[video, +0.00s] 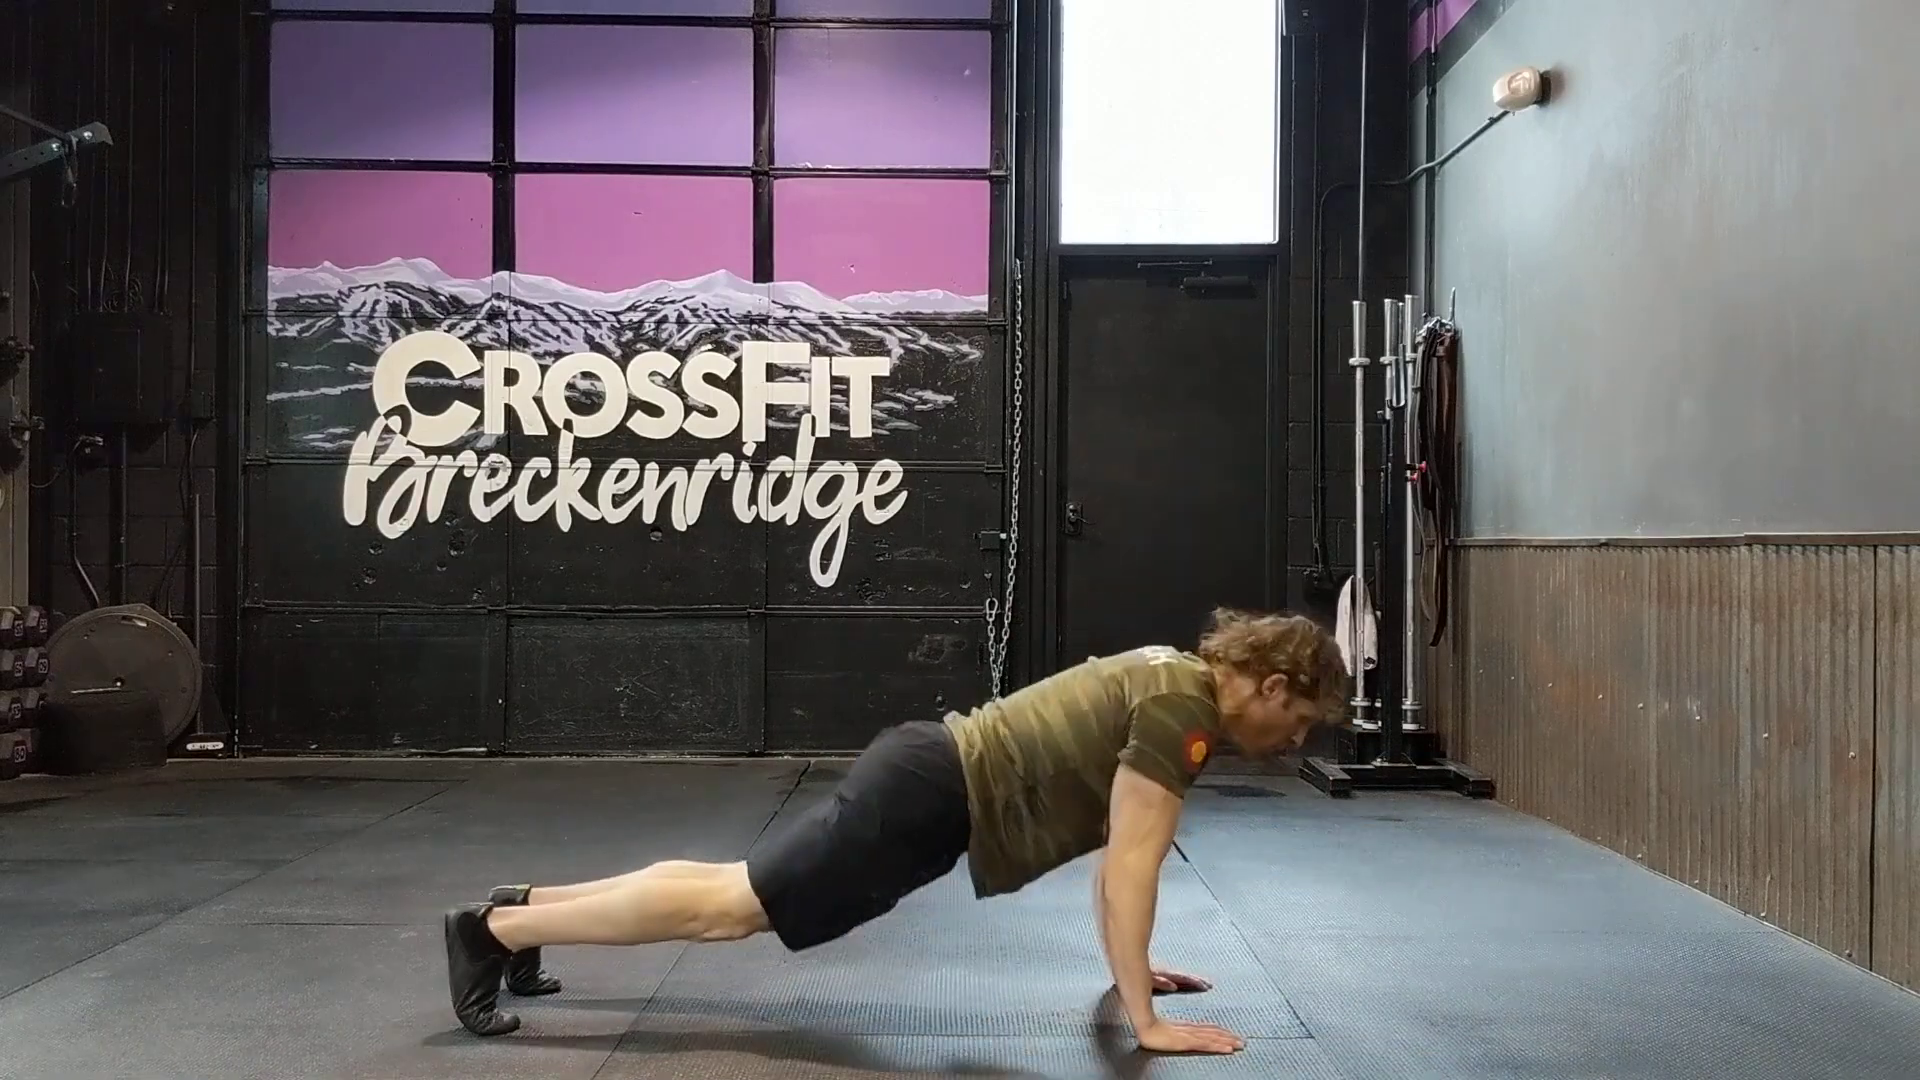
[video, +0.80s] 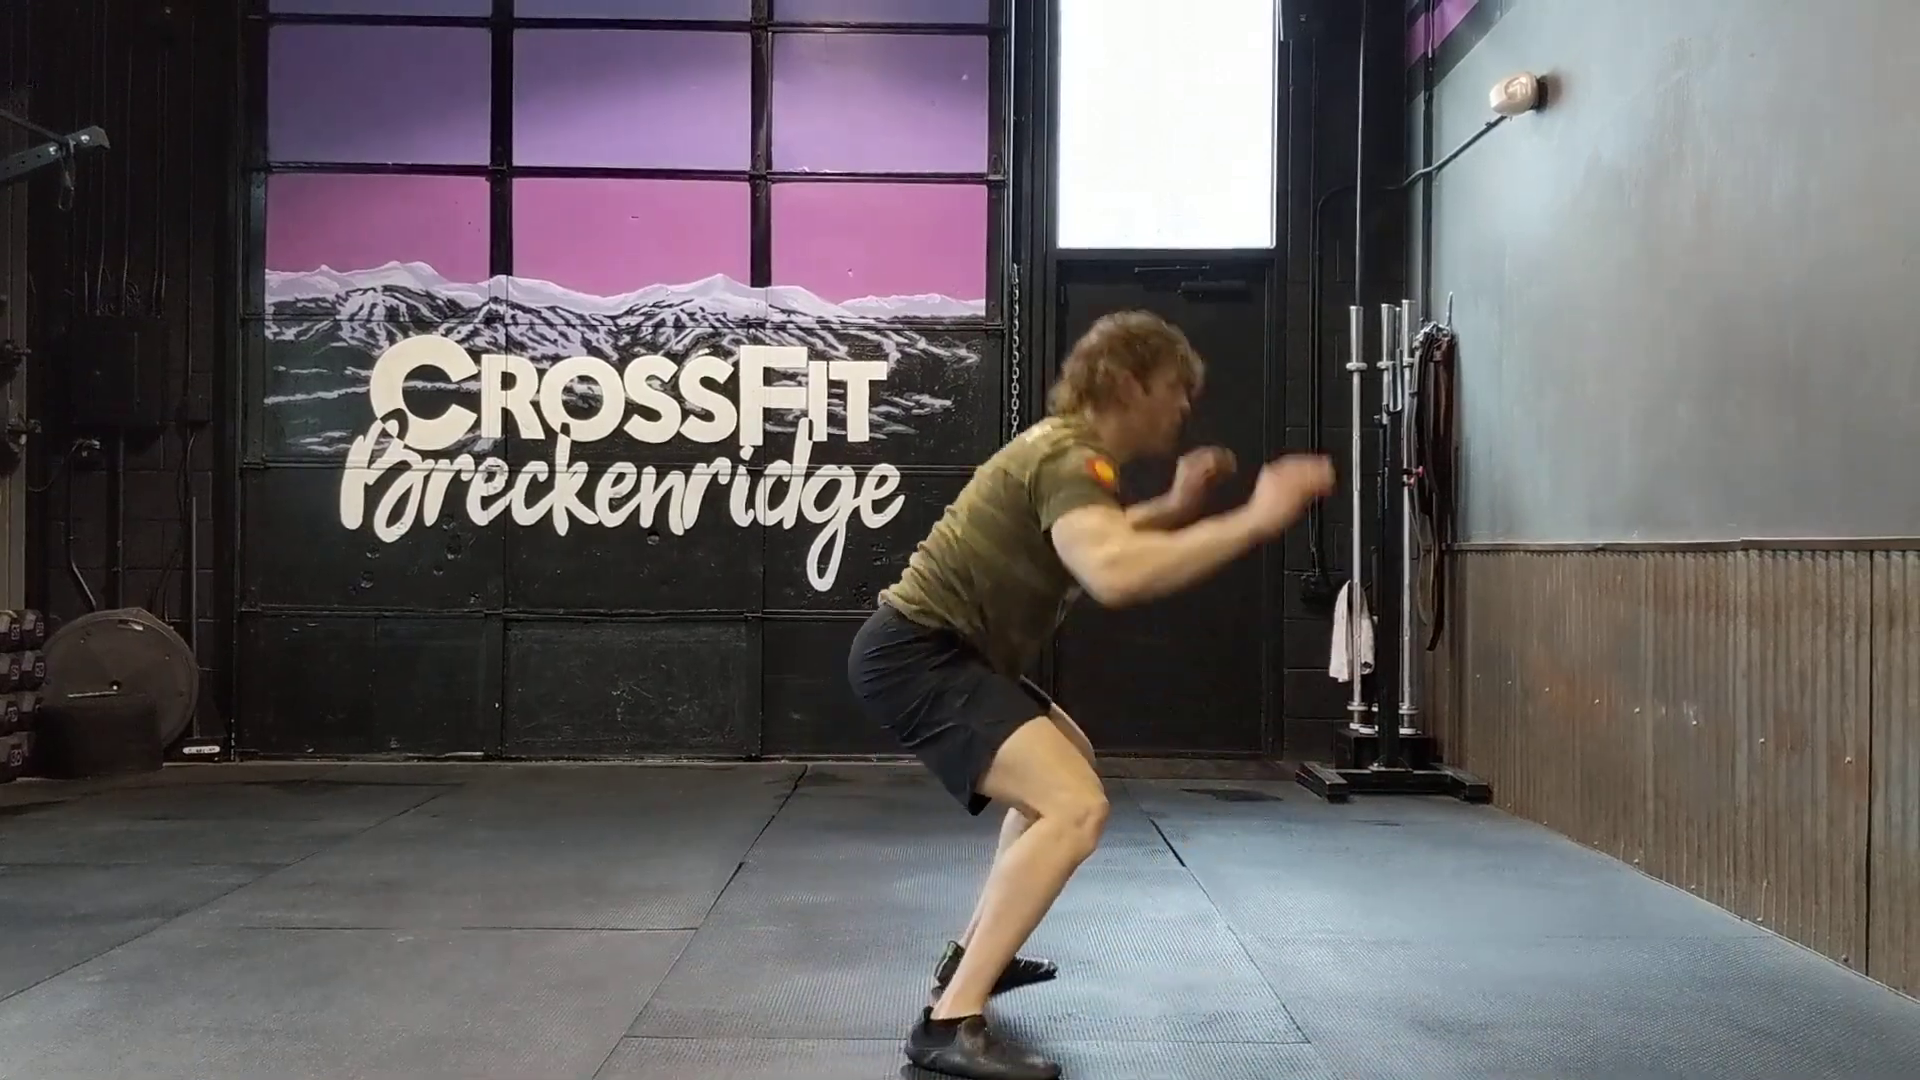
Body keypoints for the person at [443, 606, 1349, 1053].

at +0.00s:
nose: (1295, 740)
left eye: (1304, 727)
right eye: (1300, 721)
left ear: (1259, 677)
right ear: (1268, 686)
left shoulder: (1177, 697)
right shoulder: (1171, 701)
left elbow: (1127, 850)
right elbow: (1128, 863)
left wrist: (1132, 965)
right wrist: (1143, 1014)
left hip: (930, 777)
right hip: (930, 794)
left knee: (741, 889)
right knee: (731, 908)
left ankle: (527, 911)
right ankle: (497, 929)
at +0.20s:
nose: (1277, 771)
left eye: (1293, 762)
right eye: (1289, 755)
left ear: (1259, 701)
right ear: (1265, 718)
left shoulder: (1176, 687)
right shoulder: (1188, 695)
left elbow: (1112, 838)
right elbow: (1139, 852)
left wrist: (1132, 965)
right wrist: (1144, 1016)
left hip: (944, 641)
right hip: (935, 624)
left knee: (863, 833)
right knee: (822, 841)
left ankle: (655, 879)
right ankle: (589, 912)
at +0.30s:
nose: (1238, 753)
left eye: (1251, 745)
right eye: (1249, 736)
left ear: (1221, 685)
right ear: (1230, 693)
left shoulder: (1153, 678)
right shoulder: (1154, 682)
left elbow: (1107, 844)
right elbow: (1119, 857)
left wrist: (1129, 970)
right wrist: (1148, 1026)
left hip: (931, 595)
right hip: (905, 585)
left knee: (986, 779)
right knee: (963, 804)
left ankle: (829, 889)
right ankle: (768, 927)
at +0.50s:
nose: (1235, 665)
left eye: (1243, 653)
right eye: (1236, 647)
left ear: (1189, 613)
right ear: (1198, 618)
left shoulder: (1120, 632)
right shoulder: (1131, 650)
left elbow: (1117, 826)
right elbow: (1122, 838)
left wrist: (1151, 944)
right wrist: (1162, 991)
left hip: (877, 680)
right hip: (871, 689)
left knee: (1042, 778)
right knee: (1056, 804)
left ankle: (976, 957)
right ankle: (949, 1023)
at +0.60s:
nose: (1226, 595)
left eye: (1231, 580)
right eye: (1222, 575)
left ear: (1168, 558)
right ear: (1176, 559)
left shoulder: (1095, 583)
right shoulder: (1112, 602)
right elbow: (1126, 781)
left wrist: (1177, 861)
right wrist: (1208, 904)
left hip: (871, 687)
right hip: (874, 696)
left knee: (1033, 781)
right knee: (1062, 803)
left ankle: (974, 956)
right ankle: (949, 1024)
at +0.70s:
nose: (1216, 510)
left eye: (1219, 495)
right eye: (1211, 491)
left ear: (1156, 483)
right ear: (1162, 483)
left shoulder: (1096, 534)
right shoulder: (1092, 536)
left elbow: (1109, 678)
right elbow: (1109, 695)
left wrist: (1187, 711)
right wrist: (1249, 759)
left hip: (912, 668)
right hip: (886, 675)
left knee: (1054, 757)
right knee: (1060, 803)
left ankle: (979, 952)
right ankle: (948, 1023)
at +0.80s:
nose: (1187, 408)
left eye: (1188, 393)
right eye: (1179, 391)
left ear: (1119, 387)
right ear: (1127, 385)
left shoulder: (1072, 452)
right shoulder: (1058, 457)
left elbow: (1102, 537)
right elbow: (1114, 572)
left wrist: (1175, 504)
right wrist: (1257, 519)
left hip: (945, 649)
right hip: (914, 652)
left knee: (1068, 754)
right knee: (1074, 808)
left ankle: (979, 949)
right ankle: (949, 1023)